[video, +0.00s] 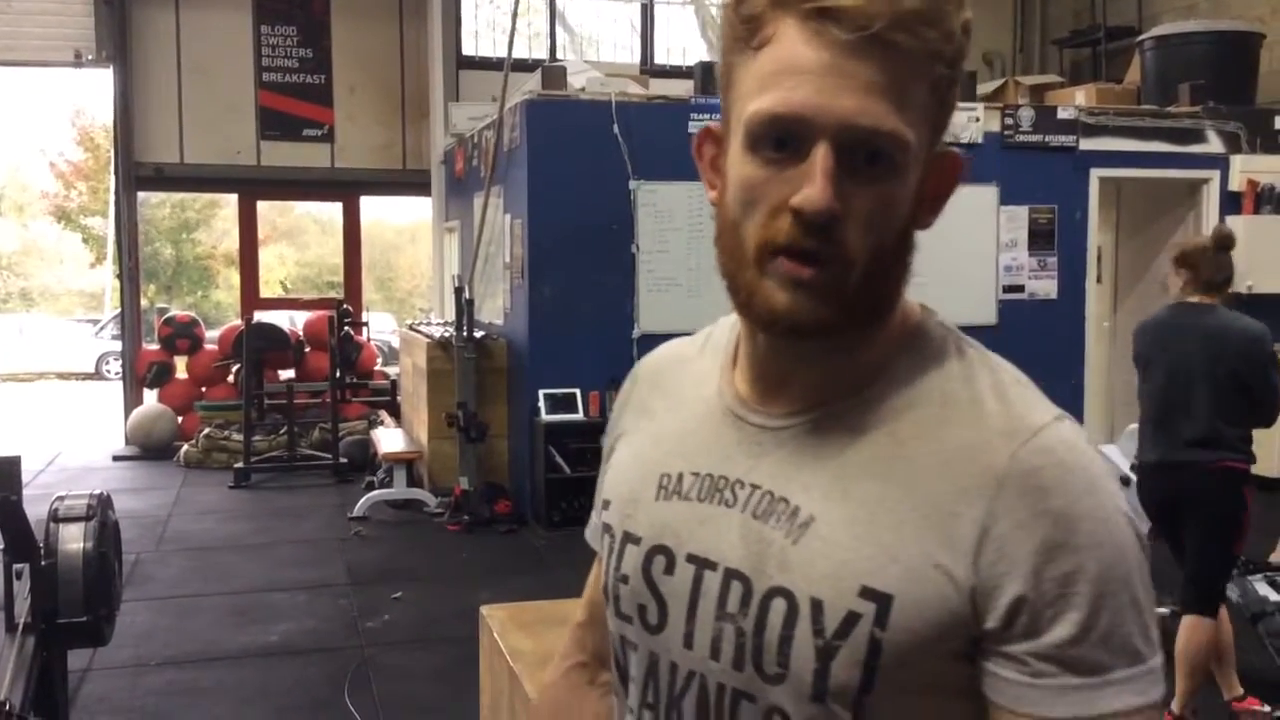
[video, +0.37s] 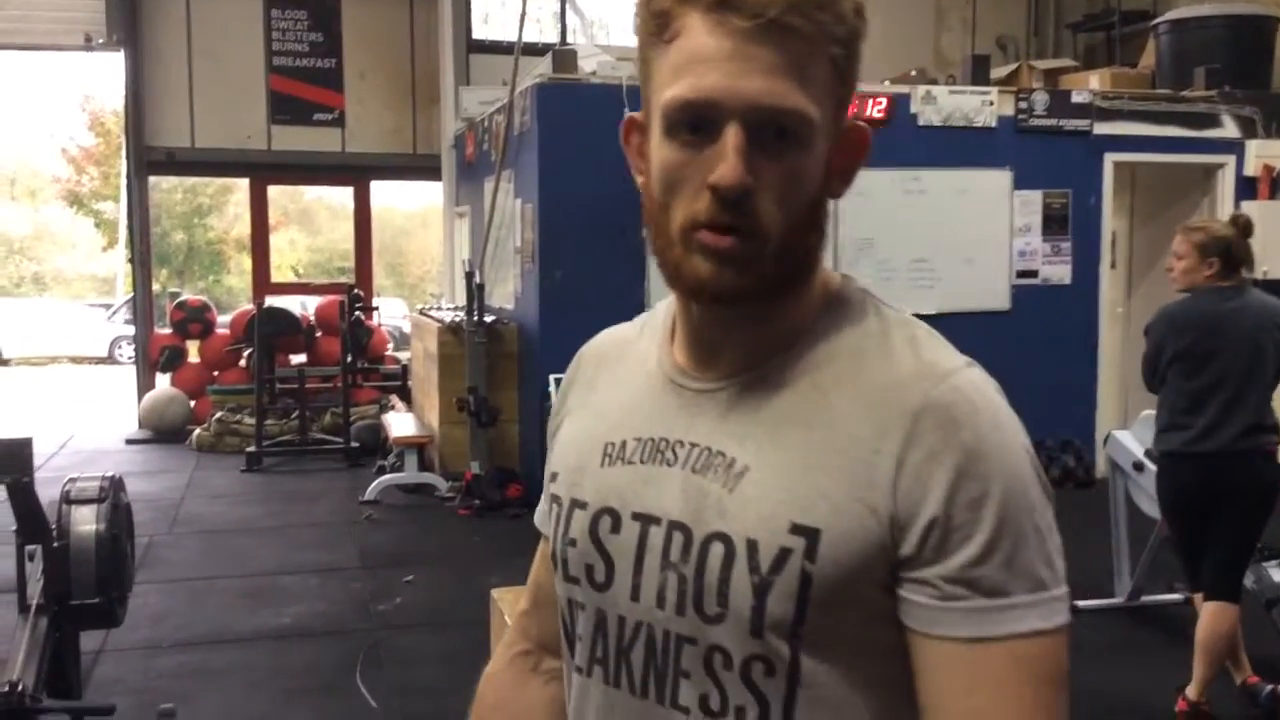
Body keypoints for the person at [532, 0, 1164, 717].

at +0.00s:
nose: (817, 199)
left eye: (868, 158)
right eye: (780, 144)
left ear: (932, 192)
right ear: (714, 164)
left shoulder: (1039, 487)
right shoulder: (655, 392)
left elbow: (1097, 700)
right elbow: (592, 658)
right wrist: (571, 674)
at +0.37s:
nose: (729, 174)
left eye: (775, 134)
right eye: (693, 127)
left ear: (842, 161)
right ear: (638, 152)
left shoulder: (945, 425)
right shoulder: (597, 374)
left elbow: (1008, 700)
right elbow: (536, 658)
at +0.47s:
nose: (712, 162)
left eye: (758, 123)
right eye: (677, 118)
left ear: (824, 156)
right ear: (624, 148)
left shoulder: (930, 416)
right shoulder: (590, 369)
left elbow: (998, 706)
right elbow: (535, 648)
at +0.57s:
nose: (704, 153)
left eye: (747, 111)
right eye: (667, 110)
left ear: (814, 144)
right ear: (616, 143)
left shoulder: (927, 404)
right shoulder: (594, 362)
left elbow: (1014, 712)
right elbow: (544, 635)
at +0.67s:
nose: (709, 137)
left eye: (752, 97)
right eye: (672, 97)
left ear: (823, 128)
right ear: (624, 131)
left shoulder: (946, 382)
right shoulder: (617, 351)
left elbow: (1053, 696)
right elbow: (572, 617)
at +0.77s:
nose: (752, 112)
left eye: (797, 70)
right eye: (715, 74)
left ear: (875, 99)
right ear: (672, 111)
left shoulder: (1010, 353)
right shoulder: (687, 332)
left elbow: (1134, 682)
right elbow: (645, 594)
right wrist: (595, 706)